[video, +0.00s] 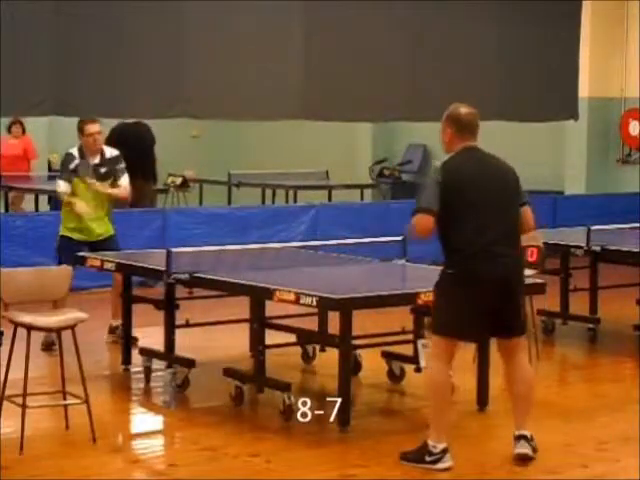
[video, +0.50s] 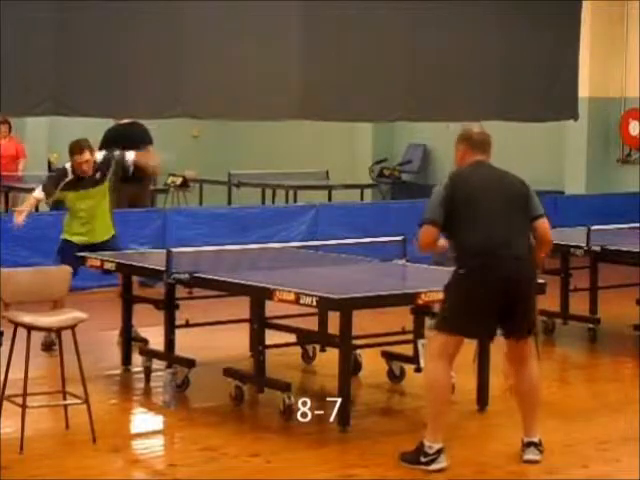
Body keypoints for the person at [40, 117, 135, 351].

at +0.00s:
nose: (96, 139)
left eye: (98, 134)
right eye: (91, 135)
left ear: (103, 134)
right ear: (81, 138)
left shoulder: (114, 156)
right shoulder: (71, 157)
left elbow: (126, 194)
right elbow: (61, 191)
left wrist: (102, 189)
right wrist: (75, 203)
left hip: (102, 227)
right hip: (73, 228)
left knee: (120, 274)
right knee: (63, 279)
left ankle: (117, 324)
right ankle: (53, 330)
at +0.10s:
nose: (92, 141)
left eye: (93, 136)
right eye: (86, 138)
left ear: (99, 136)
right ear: (77, 142)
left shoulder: (110, 156)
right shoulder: (67, 160)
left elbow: (120, 185)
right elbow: (46, 188)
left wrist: (88, 179)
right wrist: (42, 205)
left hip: (102, 230)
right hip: (71, 230)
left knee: (124, 276)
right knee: (59, 280)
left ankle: (126, 327)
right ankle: (52, 332)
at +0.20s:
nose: (89, 150)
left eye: (92, 144)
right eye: (84, 147)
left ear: (97, 144)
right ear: (76, 150)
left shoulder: (108, 159)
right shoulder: (67, 167)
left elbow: (115, 187)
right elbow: (40, 191)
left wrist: (78, 180)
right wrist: (26, 208)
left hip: (103, 231)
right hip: (71, 232)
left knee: (125, 277)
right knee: (58, 282)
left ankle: (127, 328)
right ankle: (52, 331)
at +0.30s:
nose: (88, 162)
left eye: (90, 156)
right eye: (83, 159)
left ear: (96, 153)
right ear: (75, 160)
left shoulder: (109, 169)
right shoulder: (69, 175)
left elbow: (115, 197)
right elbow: (40, 195)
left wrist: (80, 195)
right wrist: (19, 210)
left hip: (103, 238)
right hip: (72, 237)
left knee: (128, 275)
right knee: (58, 284)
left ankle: (127, 328)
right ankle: (52, 332)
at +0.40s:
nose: (86, 167)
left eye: (89, 161)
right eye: (81, 163)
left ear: (96, 156)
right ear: (74, 162)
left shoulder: (109, 170)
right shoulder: (68, 175)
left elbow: (124, 195)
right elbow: (39, 197)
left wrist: (90, 201)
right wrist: (18, 214)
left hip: (103, 238)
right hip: (73, 237)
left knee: (128, 274)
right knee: (58, 284)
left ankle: (127, 328)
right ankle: (51, 331)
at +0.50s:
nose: (84, 168)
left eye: (87, 162)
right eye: (79, 164)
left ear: (94, 157)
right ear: (71, 162)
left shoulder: (106, 162)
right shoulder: (63, 175)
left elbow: (128, 156)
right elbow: (38, 195)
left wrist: (146, 160)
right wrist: (23, 212)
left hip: (105, 237)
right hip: (74, 238)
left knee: (129, 277)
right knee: (61, 285)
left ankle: (128, 328)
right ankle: (52, 332)